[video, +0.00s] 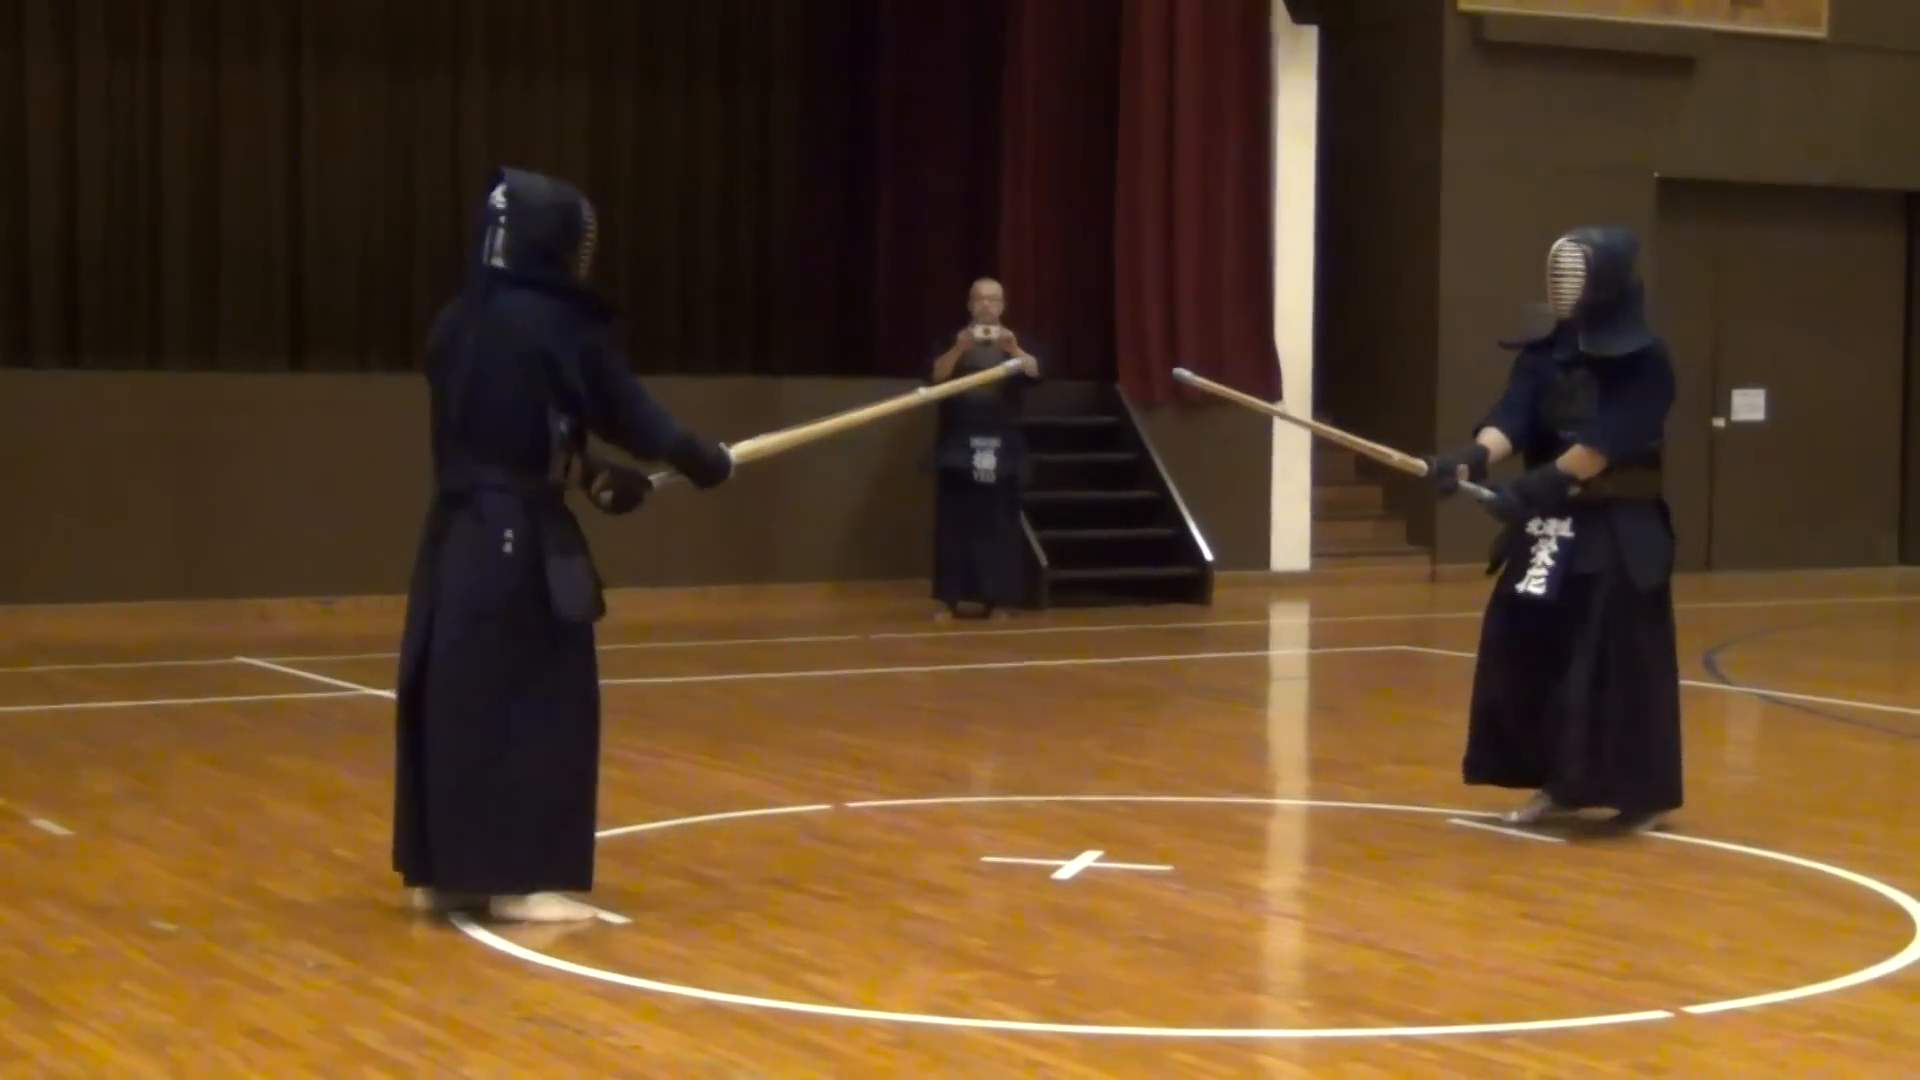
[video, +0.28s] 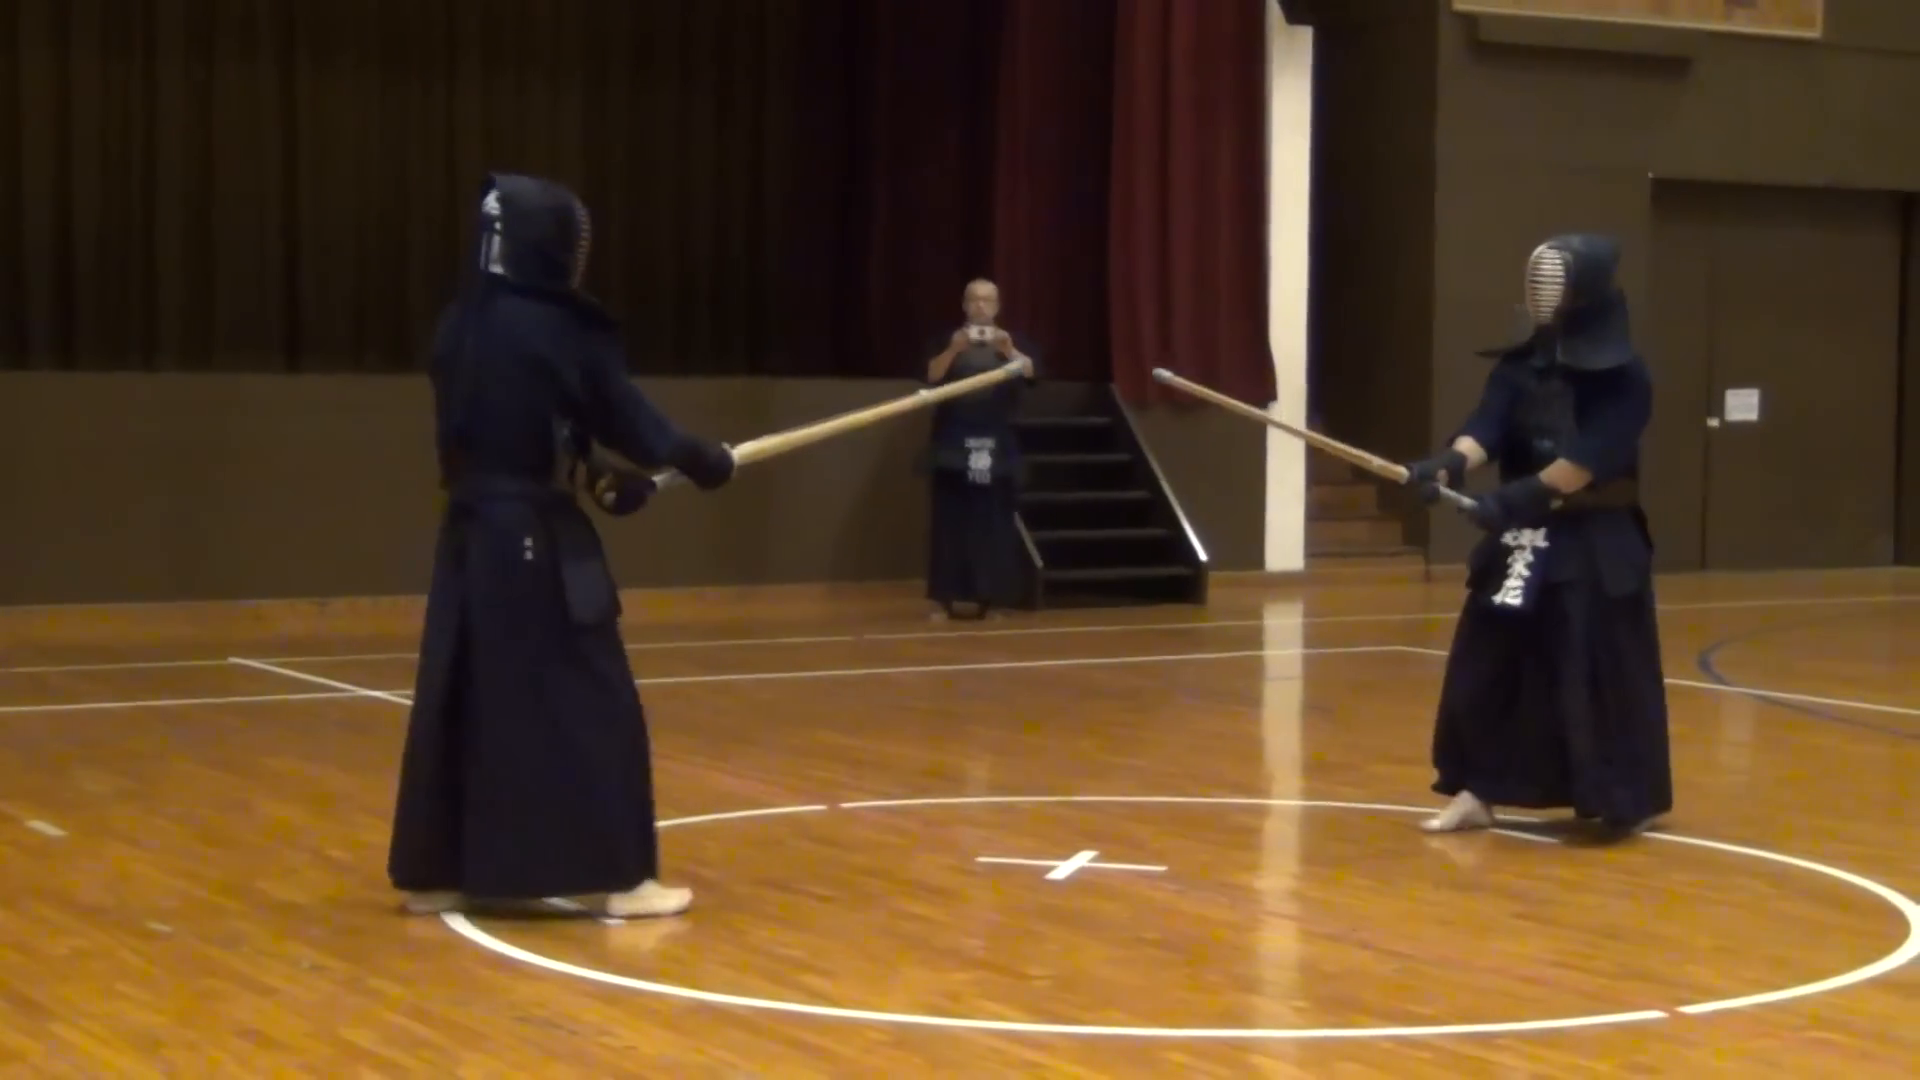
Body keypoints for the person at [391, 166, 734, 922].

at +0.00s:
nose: (587, 257)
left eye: (585, 242)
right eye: (579, 244)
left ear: (506, 240)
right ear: (553, 246)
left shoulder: (460, 317)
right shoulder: (564, 323)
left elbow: (501, 421)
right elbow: (632, 417)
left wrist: (585, 464)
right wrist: (703, 457)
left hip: (454, 535)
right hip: (522, 540)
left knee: (455, 699)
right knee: (537, 704)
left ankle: (445, 873)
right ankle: (521, 883)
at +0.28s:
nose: (581, 259)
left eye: (579, 244)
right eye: (573, 246)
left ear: (501, 245)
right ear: (549, 249)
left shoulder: (465, 320)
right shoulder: (562, 328)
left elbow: (511, 425)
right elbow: (633, 425)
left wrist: (592, 469)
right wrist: (704, 458)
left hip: (470, 534)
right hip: (538, 539)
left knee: (477, 697)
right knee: (598, 703)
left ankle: (451, 871)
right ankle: (613, 878)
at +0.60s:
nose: (631, 252)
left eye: (627, 238)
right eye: (624, 241)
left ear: (549, 245)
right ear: (604, 248)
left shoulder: (511, 319)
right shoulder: (614, 324)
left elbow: (548, 427)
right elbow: (680, 419)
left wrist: (631, 467)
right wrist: (751, 461)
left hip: (510, 534)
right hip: (583, 537)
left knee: (490, 694)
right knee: (625, 704)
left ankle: (431, 865)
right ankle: (629, 889)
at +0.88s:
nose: (620, 253)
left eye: (618, 240)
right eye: (614, 242)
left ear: (538, 244)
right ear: (594, 249)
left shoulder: (500, 320)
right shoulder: (606, 330)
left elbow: (540, 421)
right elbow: (668, 423)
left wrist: (626, 457)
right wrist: (735, 454)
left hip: (501, 535)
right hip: (575, 541)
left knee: (476, 692)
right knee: (610, 705)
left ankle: (412, 860)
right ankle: (617, 889)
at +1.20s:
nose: (612, 259)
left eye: (611, 246)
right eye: (606, 247)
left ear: (528, 248)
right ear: (581, 253)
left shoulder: (484, 329)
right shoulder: (590, 334)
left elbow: (518, 443)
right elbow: (649, 419)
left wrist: (611, 475)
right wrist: (714, 450)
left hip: (492, 537)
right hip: (563, 542)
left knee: (469, 694)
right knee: (584, 707)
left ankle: (406, 862)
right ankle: (585, 886)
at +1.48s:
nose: (620, 263)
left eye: (619, 249)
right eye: (613, 250)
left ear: (533, 250)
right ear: (587, 255)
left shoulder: (486, 330)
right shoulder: (588, 336)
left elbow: (512, 446)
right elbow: (651, 427)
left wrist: (608, 476)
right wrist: (719, 453)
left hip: (492, 538)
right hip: (563, 544)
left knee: (468, 695)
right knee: (584, 708)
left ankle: (405, 861)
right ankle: (584, 886)